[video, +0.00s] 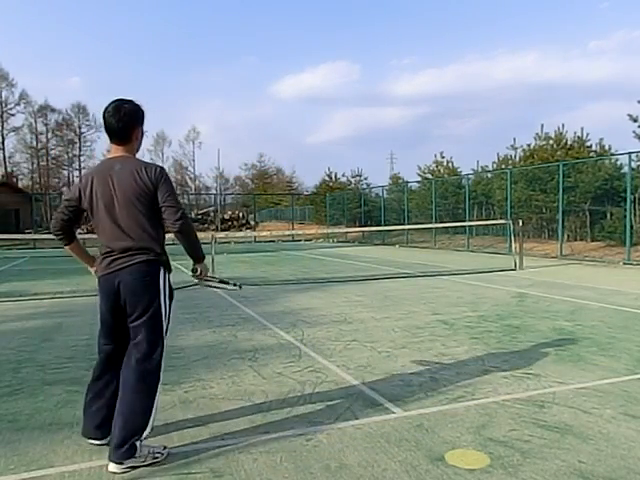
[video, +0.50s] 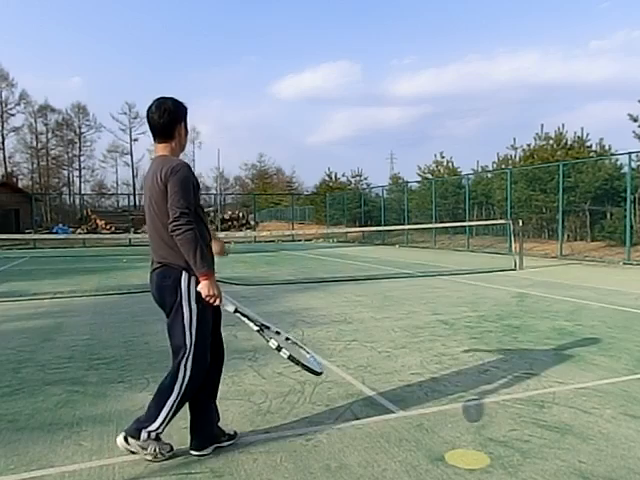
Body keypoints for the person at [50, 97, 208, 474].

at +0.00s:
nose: (144, 134)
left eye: (141, 129)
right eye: (143, 129)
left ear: (107, 134)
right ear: (138, 133)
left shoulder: (88, 178)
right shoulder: (151, 172)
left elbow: (61, 228)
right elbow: (177, 222)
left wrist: (92, 262)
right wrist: (199, 258)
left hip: (108, 277)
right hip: (146, 276)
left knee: (111, 350)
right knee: (143, 356)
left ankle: (96, 426)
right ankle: (125, 450)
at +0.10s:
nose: (155, 131)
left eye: (153, 125)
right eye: (154, 126)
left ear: (118, 130)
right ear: (149, 129)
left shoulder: (98, 176)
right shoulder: (158, 169)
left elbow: (68, 223)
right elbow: (176, 221)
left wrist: (95, 262)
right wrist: (205, 260)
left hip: (115, 276)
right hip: (149, 274)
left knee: (130, 353)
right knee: (149, 357)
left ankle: (136, 423)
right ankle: (124, 450)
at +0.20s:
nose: (166, 132)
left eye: (164, 126)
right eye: (165, 126)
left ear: (130, 131)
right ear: (159, 128)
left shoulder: (110, 180)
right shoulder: (164, 169)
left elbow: (94, 231)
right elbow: (176, 224)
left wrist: (107, 272)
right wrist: (206, 266)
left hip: (126, 276)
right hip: (154, 273)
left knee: (167, 347)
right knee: (153, 358)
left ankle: (172, 423)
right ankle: (123, 447)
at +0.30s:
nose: (176, 131)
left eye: (174, 125)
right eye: (175, 125)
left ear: (141, 131)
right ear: (168, 128)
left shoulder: (132, 176)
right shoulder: (168, 169)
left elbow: (133, 236)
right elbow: (174, 227)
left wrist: (132, 287)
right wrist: (206, 272)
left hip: (145, 273)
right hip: (161, 274)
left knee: (185, 354)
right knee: (159, 363)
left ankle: (201, 429)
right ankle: (127, 445)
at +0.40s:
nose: (182, 134)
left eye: (180, 128)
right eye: (182, 128)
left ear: (148, 132)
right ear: (175, 130)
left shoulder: (145, 173)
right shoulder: (171, 171)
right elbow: (177, 226)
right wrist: (205, 273)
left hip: (160, 274)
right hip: (174, 275)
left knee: (194, 358)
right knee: (171, 362)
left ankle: (208, 435)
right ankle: (131, 441)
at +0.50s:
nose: (188, 132)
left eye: (186, 125)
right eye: (187, 126)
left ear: (154, 131)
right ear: (180, 129)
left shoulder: (154, 172)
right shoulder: (176, 170)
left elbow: (166, 230)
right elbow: (180, 225)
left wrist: (203, 273)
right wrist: (205, 274)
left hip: (173, 273)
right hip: (182, 275)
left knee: (210, 355)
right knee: (191, 359)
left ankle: (206, 434)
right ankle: (143, 432)